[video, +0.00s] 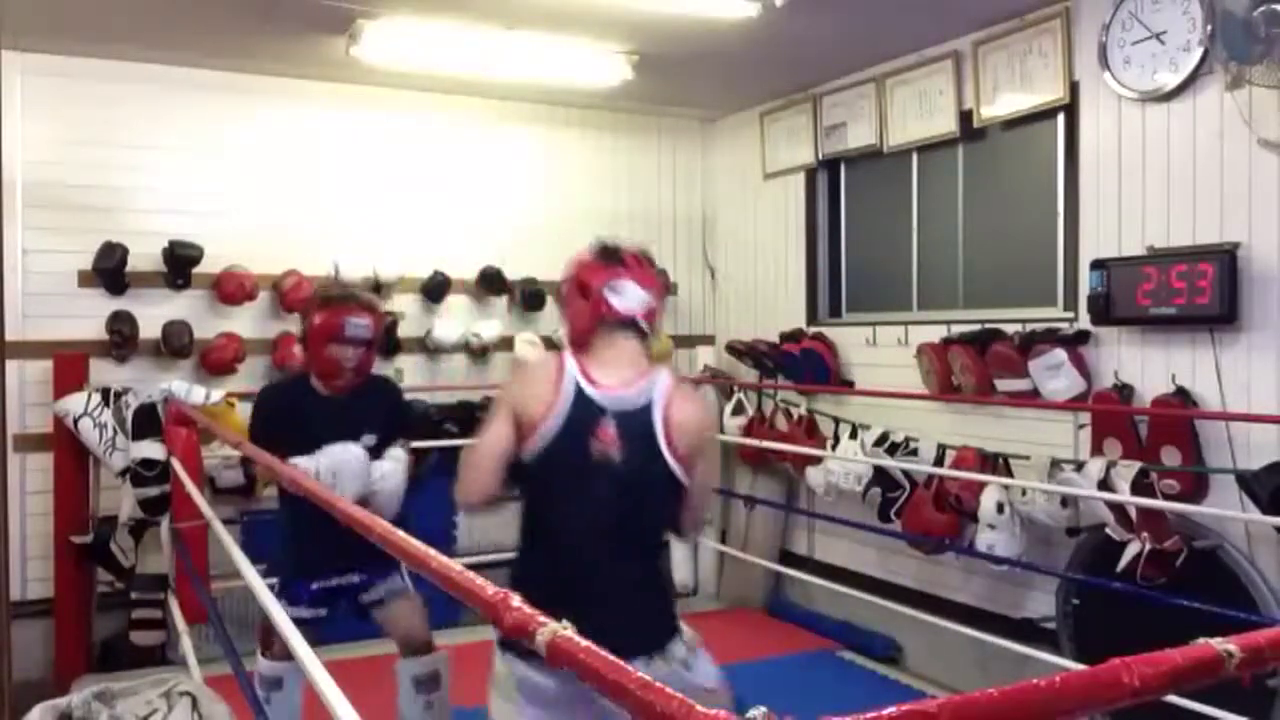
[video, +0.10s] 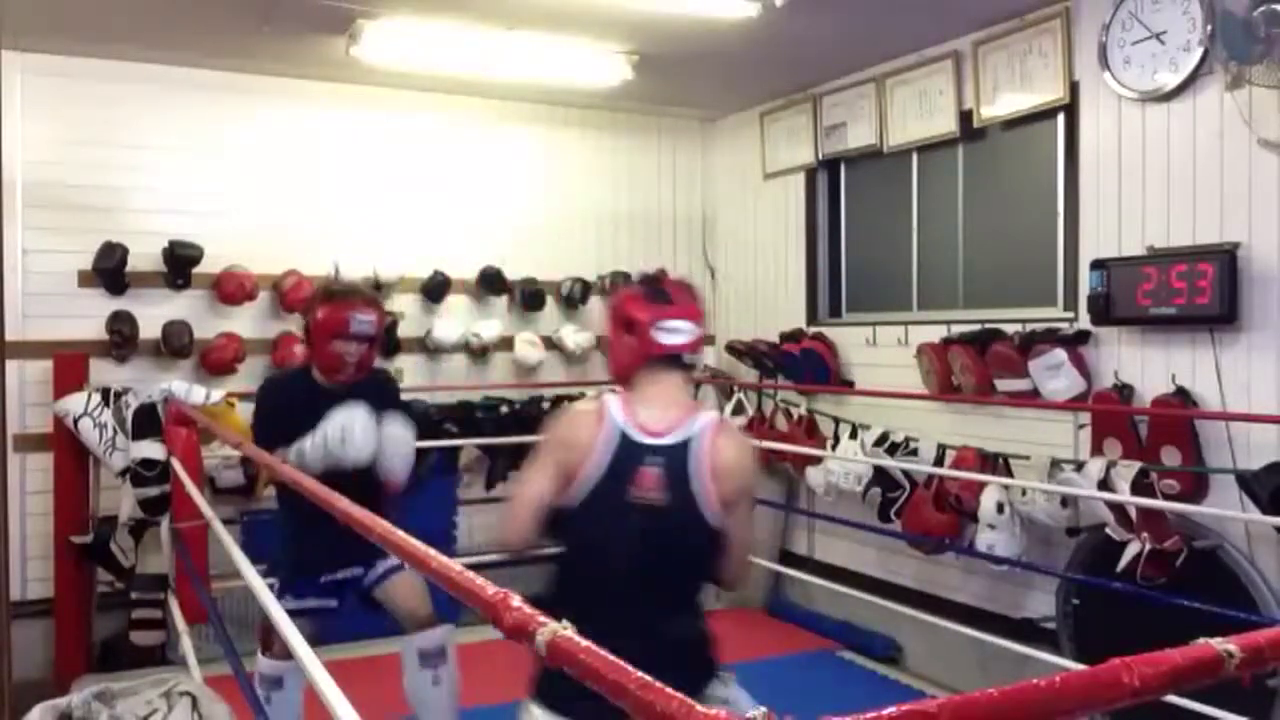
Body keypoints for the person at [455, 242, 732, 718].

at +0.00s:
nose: (564, 315)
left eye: (568, 301)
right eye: (565, 302)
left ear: (586, 307)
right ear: (649, 317)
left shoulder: (535, 382)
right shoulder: (688, 406)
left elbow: (472, 488)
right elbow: (689, 520)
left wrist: (536, 464)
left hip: (539, 642)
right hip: (643, 647)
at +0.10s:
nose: (608, 346)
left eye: (612, 335)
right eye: (611, 334)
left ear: (626, 342)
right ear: (692, 345)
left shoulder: (579, 425)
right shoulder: (728, 447)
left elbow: (515, 533)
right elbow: (731, 572)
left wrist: (578, 513)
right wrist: (676, 529)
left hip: (577, 677)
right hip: (677, 681)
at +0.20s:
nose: (656, 333)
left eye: (661, 319)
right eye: (658, 319)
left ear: (682, 325)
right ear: (737, 322)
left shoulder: (645, 414)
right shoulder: (793, 415)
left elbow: (601, 529)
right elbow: (790, 541)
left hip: (658, 652)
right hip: (752, 651)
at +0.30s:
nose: (695, 300)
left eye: (698, 286)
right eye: (694, 286)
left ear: (724, 286)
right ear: (771, 280)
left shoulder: (714, 369)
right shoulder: (838, 363)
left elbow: (693, 487)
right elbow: (860, 478)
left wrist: (683, 432)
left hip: (733, 610)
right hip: (818, 607)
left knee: (687, 713)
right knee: (802, 712)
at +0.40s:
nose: (730, 282)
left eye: (731, 266)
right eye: (727, 268)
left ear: (760, 262)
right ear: (802, 255)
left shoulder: (764, 338)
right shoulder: (875, 334)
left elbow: (755, 455)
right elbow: (906, 443)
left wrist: (713, 419)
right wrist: (833, 420)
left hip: (787, 574)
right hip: (869, 565)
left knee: (751, 704)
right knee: (869, 706)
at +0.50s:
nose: (772, 300)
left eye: (774, 284)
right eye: (770, 285)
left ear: (802, 279)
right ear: (844, 272)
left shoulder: (798, 346)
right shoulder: (914, 345)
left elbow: (788, 459)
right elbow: (938, 451)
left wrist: (746, 428)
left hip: (832, 589)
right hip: (910, 578)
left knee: (825, 710)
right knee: (909, 710)